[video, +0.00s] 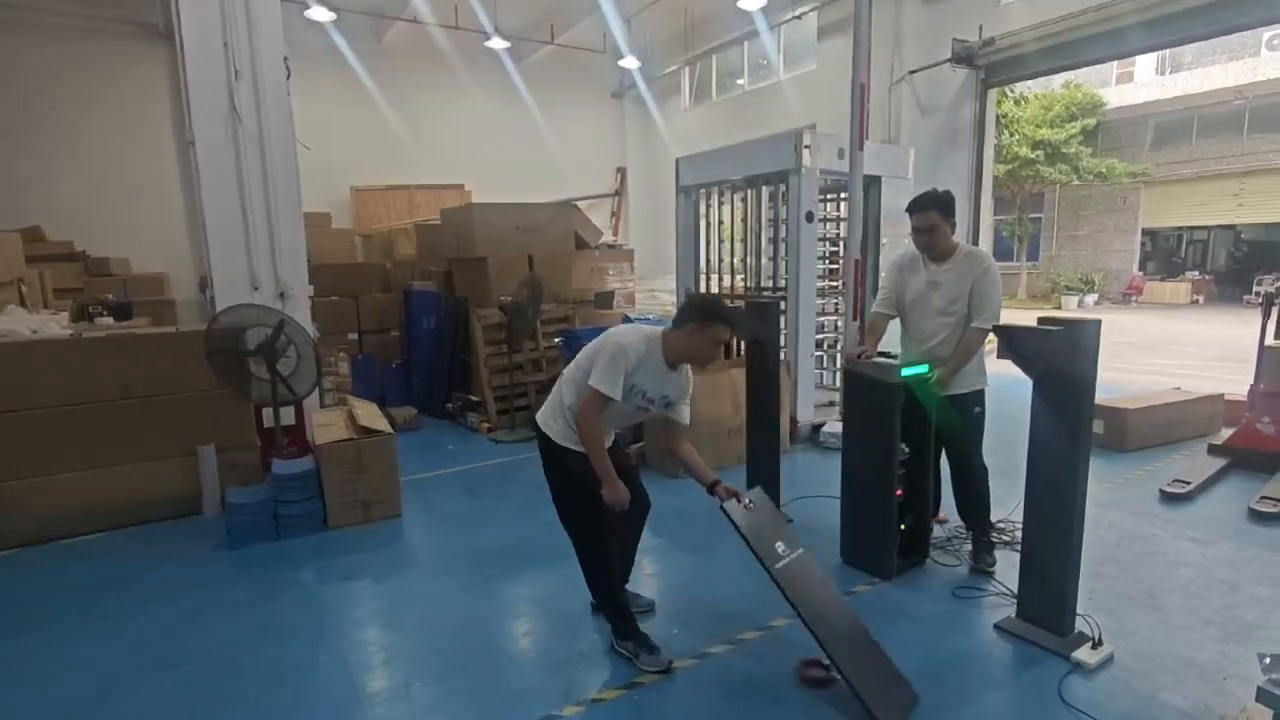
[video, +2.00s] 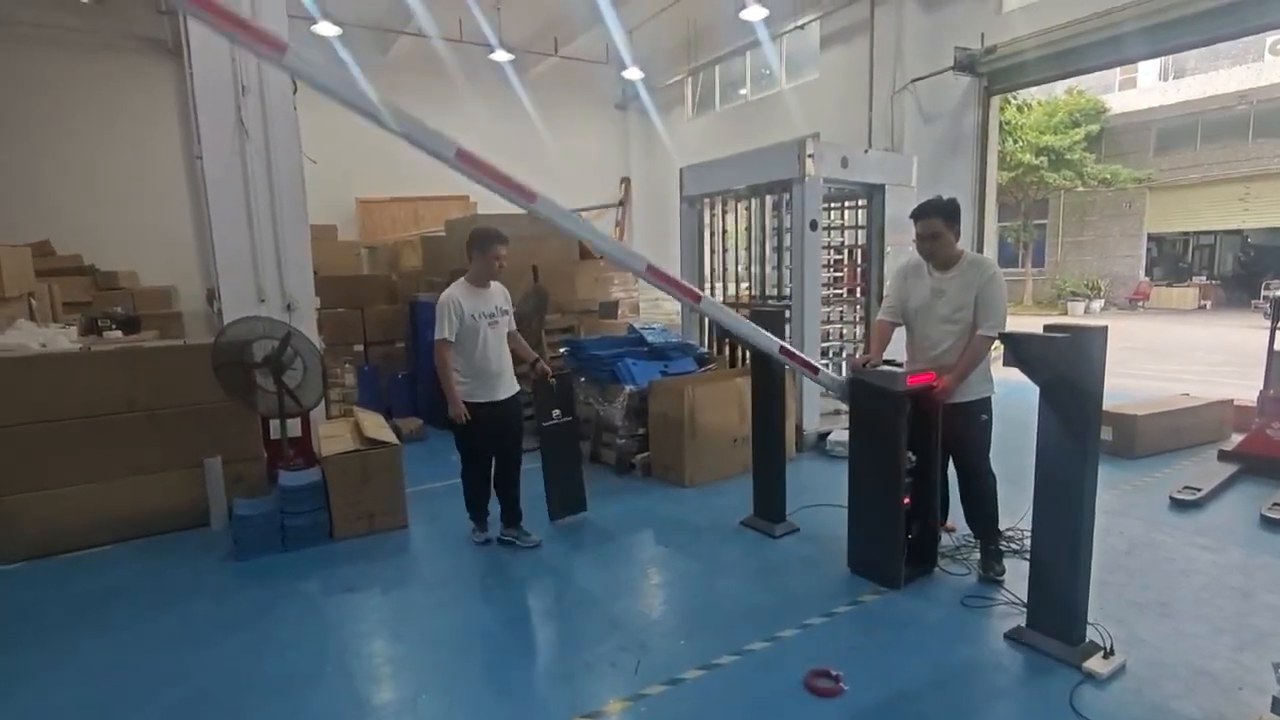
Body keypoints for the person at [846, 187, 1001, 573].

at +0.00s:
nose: (920, 239)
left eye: (929, 231)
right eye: (915, 231)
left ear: (952, 227)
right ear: (910, 229)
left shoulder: (979, 264)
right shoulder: (903, 264)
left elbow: (981, 326)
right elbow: (881, 311)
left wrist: (951, 369)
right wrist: (867, 345)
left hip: (963, 384)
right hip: (916, 382)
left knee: (967, 465)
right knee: (918, 465)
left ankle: (981, 538)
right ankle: (914, 544)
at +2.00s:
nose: (922, 246)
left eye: (930, 238)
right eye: (918, 238)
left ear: (955, 234)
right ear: (914, 235)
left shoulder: (985, 273)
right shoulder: (908, 271)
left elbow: (986, 334)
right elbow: (887, 317)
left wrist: (954, 377)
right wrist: (873, 354)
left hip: (969, 394)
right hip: (921, 393)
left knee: (975, 473)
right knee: (925, 474)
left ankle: (990, 545)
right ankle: (923, 548)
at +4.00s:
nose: (916, 241)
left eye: (924, 234)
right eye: (915, 233)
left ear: (953, 232)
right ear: (929, 232)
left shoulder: (989, 268)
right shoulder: (912, 267)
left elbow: (991, 330)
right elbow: (892, 313)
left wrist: (960, 374)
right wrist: (880, 350)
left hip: (975, 389)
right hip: (927, 390)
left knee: (982, 471)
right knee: (932, 471)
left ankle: (997, 543)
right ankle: (930, 545)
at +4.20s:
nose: (916, 241)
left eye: (923, 234)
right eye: (915, 233)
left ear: (953, 231)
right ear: (921, 231)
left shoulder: (988, 268)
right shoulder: (912, 267)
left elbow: (991, 329)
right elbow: (891, 313)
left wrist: (960, 373)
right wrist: (879, 349)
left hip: (974, 389)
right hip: (926, 389)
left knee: (981, 470)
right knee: (932, 471)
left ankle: (997, 544)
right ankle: (930, 545)